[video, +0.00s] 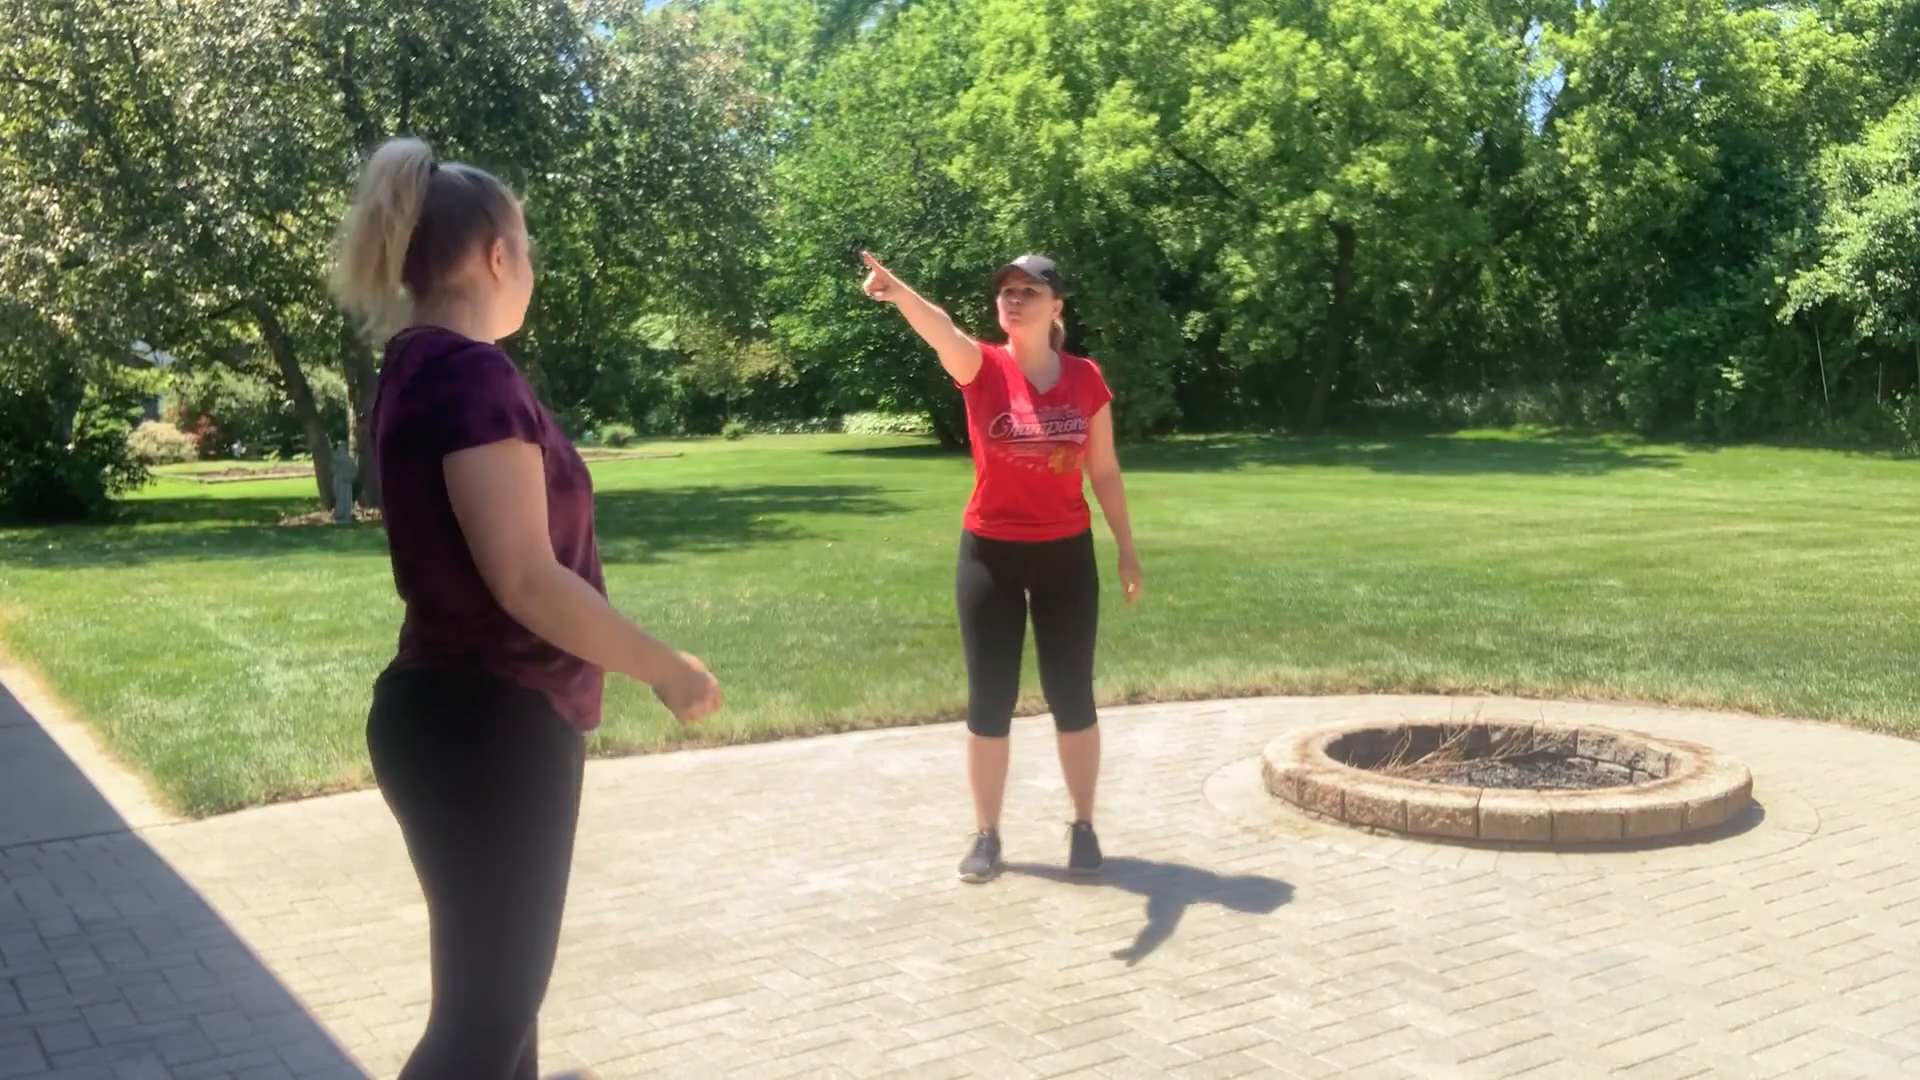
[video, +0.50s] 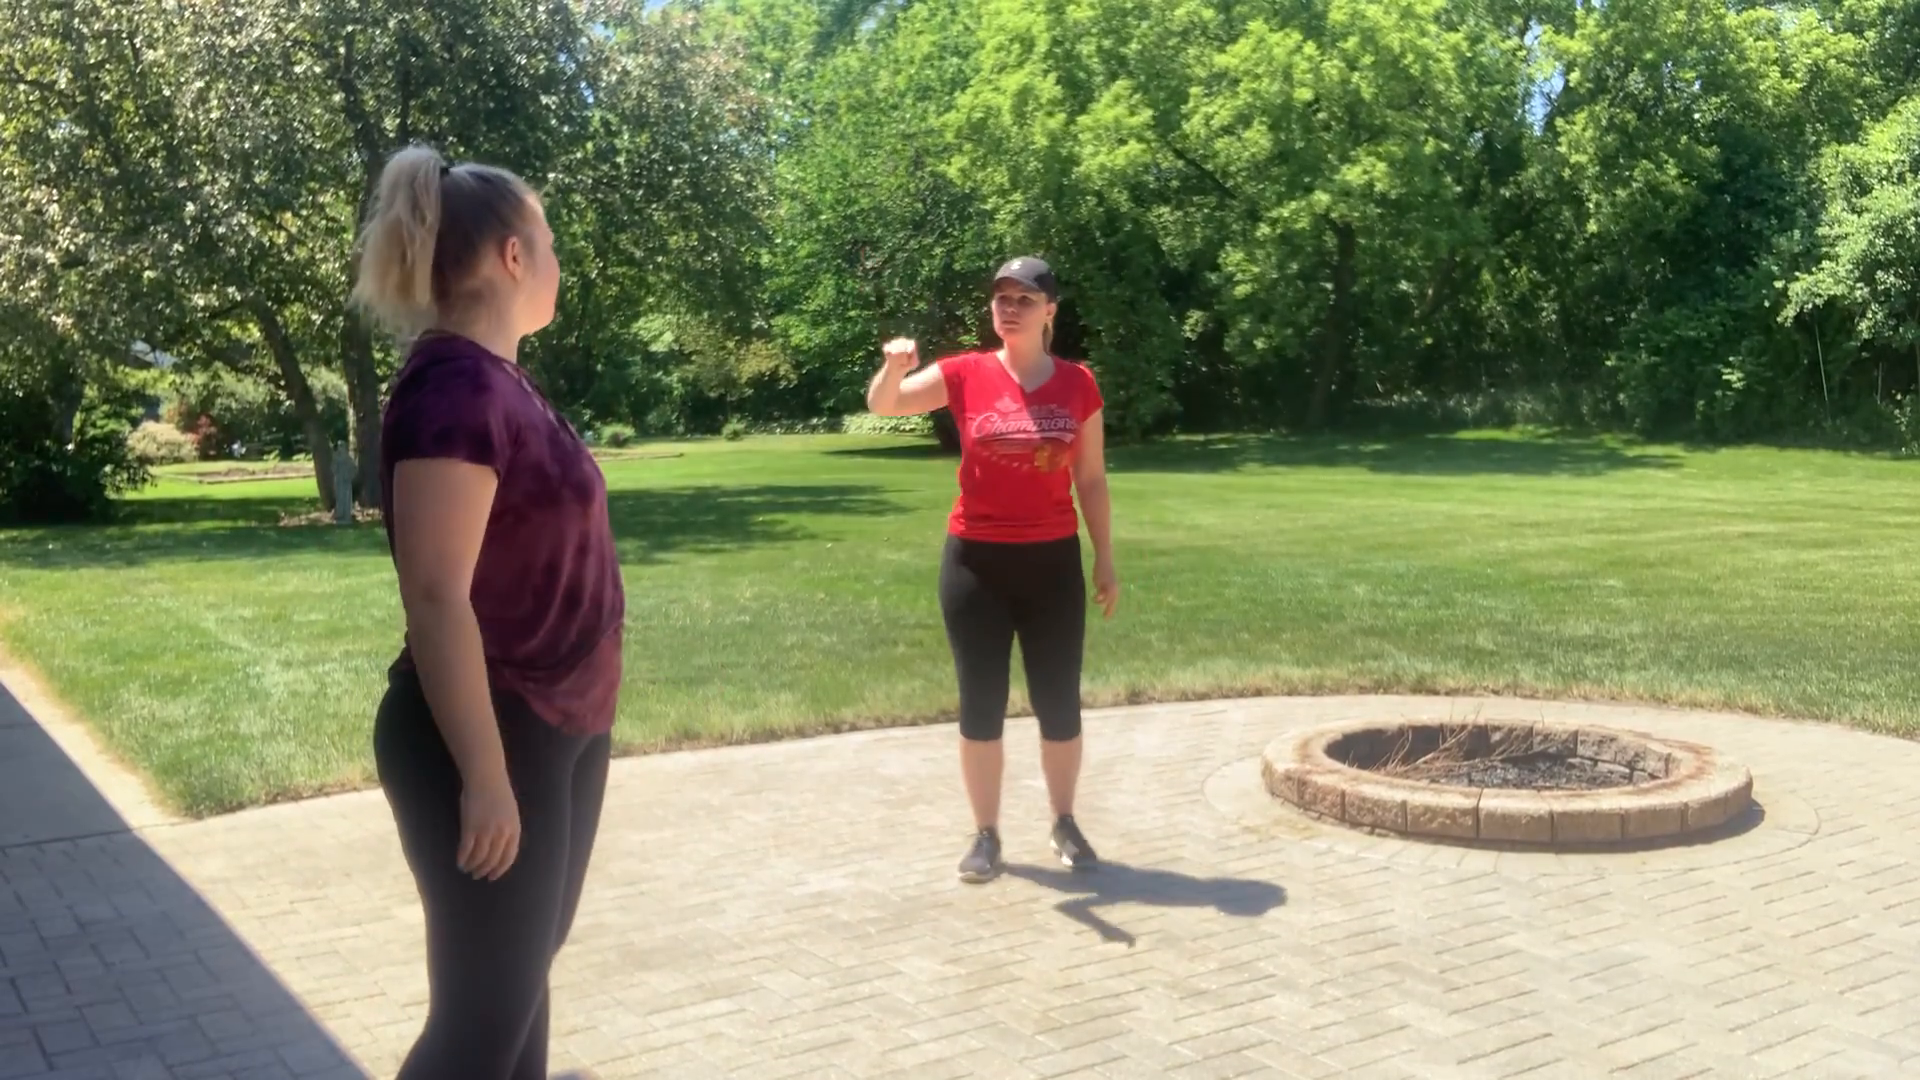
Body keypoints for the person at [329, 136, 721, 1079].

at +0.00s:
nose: (532, 276)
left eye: (529, 254)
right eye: (527, 253)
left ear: (420, 264)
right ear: (495, 258)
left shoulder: (414, 372)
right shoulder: (471, 376)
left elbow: (475, 571)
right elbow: (525, 574)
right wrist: (665, 667)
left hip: (447, 712)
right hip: (496, 725)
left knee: (487, 1012)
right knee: (489, 1024)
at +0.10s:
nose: (540, 275)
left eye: (537, 254)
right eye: (535, 253)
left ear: (450, 261)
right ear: (501, 258)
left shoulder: (432, 370)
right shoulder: (466, 379)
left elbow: (463, 562)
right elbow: (512, 579)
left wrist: (570, 576)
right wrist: (658, 654)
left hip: (476, 716)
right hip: (493, 729)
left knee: (499, 1014)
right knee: (484, 1026)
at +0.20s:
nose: (544, 271)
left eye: (539, 249)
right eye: (537, 249)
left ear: (463, 261)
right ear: (502, 256)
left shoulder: (465, 377)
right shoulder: (459, 385)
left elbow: (488, 582)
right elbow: (486, 585)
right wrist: (633, 683)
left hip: (515, 726)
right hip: (484, 733)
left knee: (509, 1020)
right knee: (482, 1027)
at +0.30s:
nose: (547, 258)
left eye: (539, 236)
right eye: (536, 236)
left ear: (469, 260)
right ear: (500, 252)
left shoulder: (480, 378)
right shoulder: (456, 385)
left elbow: (484, 585)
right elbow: (462, 590)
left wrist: (582, 726)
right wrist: (590, 731)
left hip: (515, 728)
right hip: (482, 734)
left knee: (508, 1018)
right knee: (484, 1027)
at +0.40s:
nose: (553, 270)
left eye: (548, 248)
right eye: (545, 247)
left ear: (466, 261)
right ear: (507, 256)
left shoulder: (486, 380)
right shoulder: (455, 388)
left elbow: (482, 585)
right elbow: (444, 594)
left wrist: (556, 737)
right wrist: (530, 758)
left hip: (535, 735)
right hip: (480, 740)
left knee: (513, 1018)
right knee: (482, 1031)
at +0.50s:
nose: (557, 263)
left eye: (551, 241)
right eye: (546, 241)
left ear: (475, 264)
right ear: (506, 257)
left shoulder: (492, 381)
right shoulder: (456, 389)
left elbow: (481, 586)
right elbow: (435, 596)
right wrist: (484, 775)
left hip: (547, 729)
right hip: (494, 734)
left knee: (517, 1007)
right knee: (481, 1026)